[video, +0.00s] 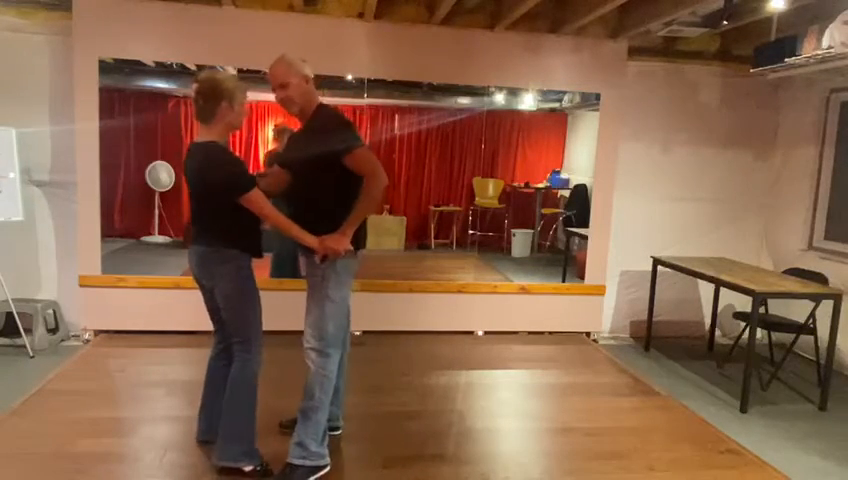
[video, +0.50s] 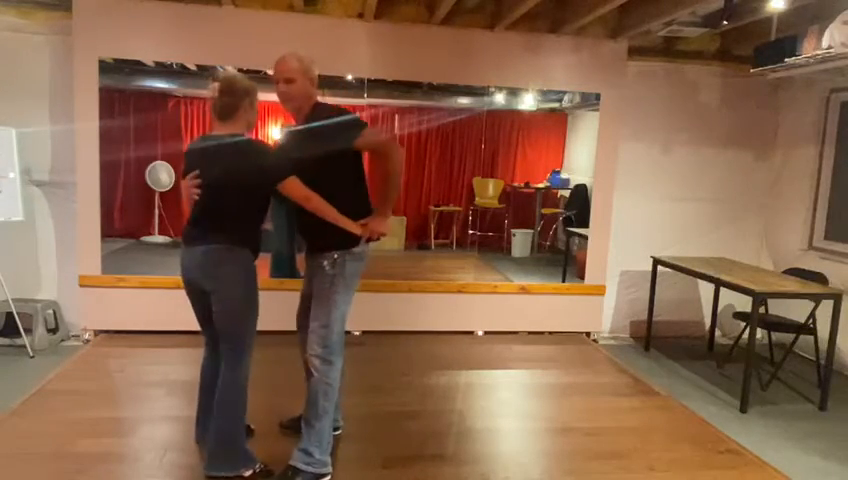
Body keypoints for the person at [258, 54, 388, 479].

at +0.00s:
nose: (278, 95)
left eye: (282, 86)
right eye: (274, 89)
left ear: (307, 80)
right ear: (284, 89)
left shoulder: (332, 125)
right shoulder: (301, 132)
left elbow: (377, 179)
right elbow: (281, 180)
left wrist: (346, 233)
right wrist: (243, 186)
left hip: (333, 252)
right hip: (315, 250)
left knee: (320, 347)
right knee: (329, 340)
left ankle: (310, 454)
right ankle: (328, 418)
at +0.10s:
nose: (276, 97)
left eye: (281, 87)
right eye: (272, 90)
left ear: (305, 82)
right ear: (279, 90)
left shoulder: (329, 125)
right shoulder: (300, 133)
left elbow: (378, 175)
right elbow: (277, 180)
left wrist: (349, 231)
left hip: (337, 252)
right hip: (321, 250)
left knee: (322, 348)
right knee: (330, 342)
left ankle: (311, 455)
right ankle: (328, 418)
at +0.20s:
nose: (275, 98)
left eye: (281, 88)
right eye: (271, 91)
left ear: (305, 84)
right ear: (276, 93)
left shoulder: (329, 126)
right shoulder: (298, 134)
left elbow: (380, 170)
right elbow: (281, 180)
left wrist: (358, 227)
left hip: (340, 251)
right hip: (323, 250)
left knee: (323, 348)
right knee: (331, 342)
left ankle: (312, 457)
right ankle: (329, 418)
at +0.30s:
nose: (275, 97)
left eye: (281, 88)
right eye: (271, 90)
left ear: (305, 85)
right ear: (277, 92)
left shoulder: (328, 125)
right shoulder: (297, 135)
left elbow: (384, 164)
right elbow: (271, 179)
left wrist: (368, 223)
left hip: (343, 253)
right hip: (323, 253)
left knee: (325, 349)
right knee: (327, 342)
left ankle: (313, 460)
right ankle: (326, 418)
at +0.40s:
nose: (277, 92)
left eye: (284, 84)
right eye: (273, 85)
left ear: (308, 84)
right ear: (274, 91)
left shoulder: (333, 124)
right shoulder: (291, 138)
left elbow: (388, 154)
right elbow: (264, 183)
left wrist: (379, 214)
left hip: (344, 252)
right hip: (320, 252)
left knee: (325, 351)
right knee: (318, 340)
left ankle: (313, 462)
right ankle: (325, 416)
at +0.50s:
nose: (281, 90)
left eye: (288, 82)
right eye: (277, 83)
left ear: (312, 82)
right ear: (276, 88)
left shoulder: (336, 120)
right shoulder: (292, 135)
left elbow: (390, 147)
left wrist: (383, 212)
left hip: (342, 250)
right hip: (317, 251)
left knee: (321, 350)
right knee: (312, 338)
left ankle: (313, 463)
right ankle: (323, 418)